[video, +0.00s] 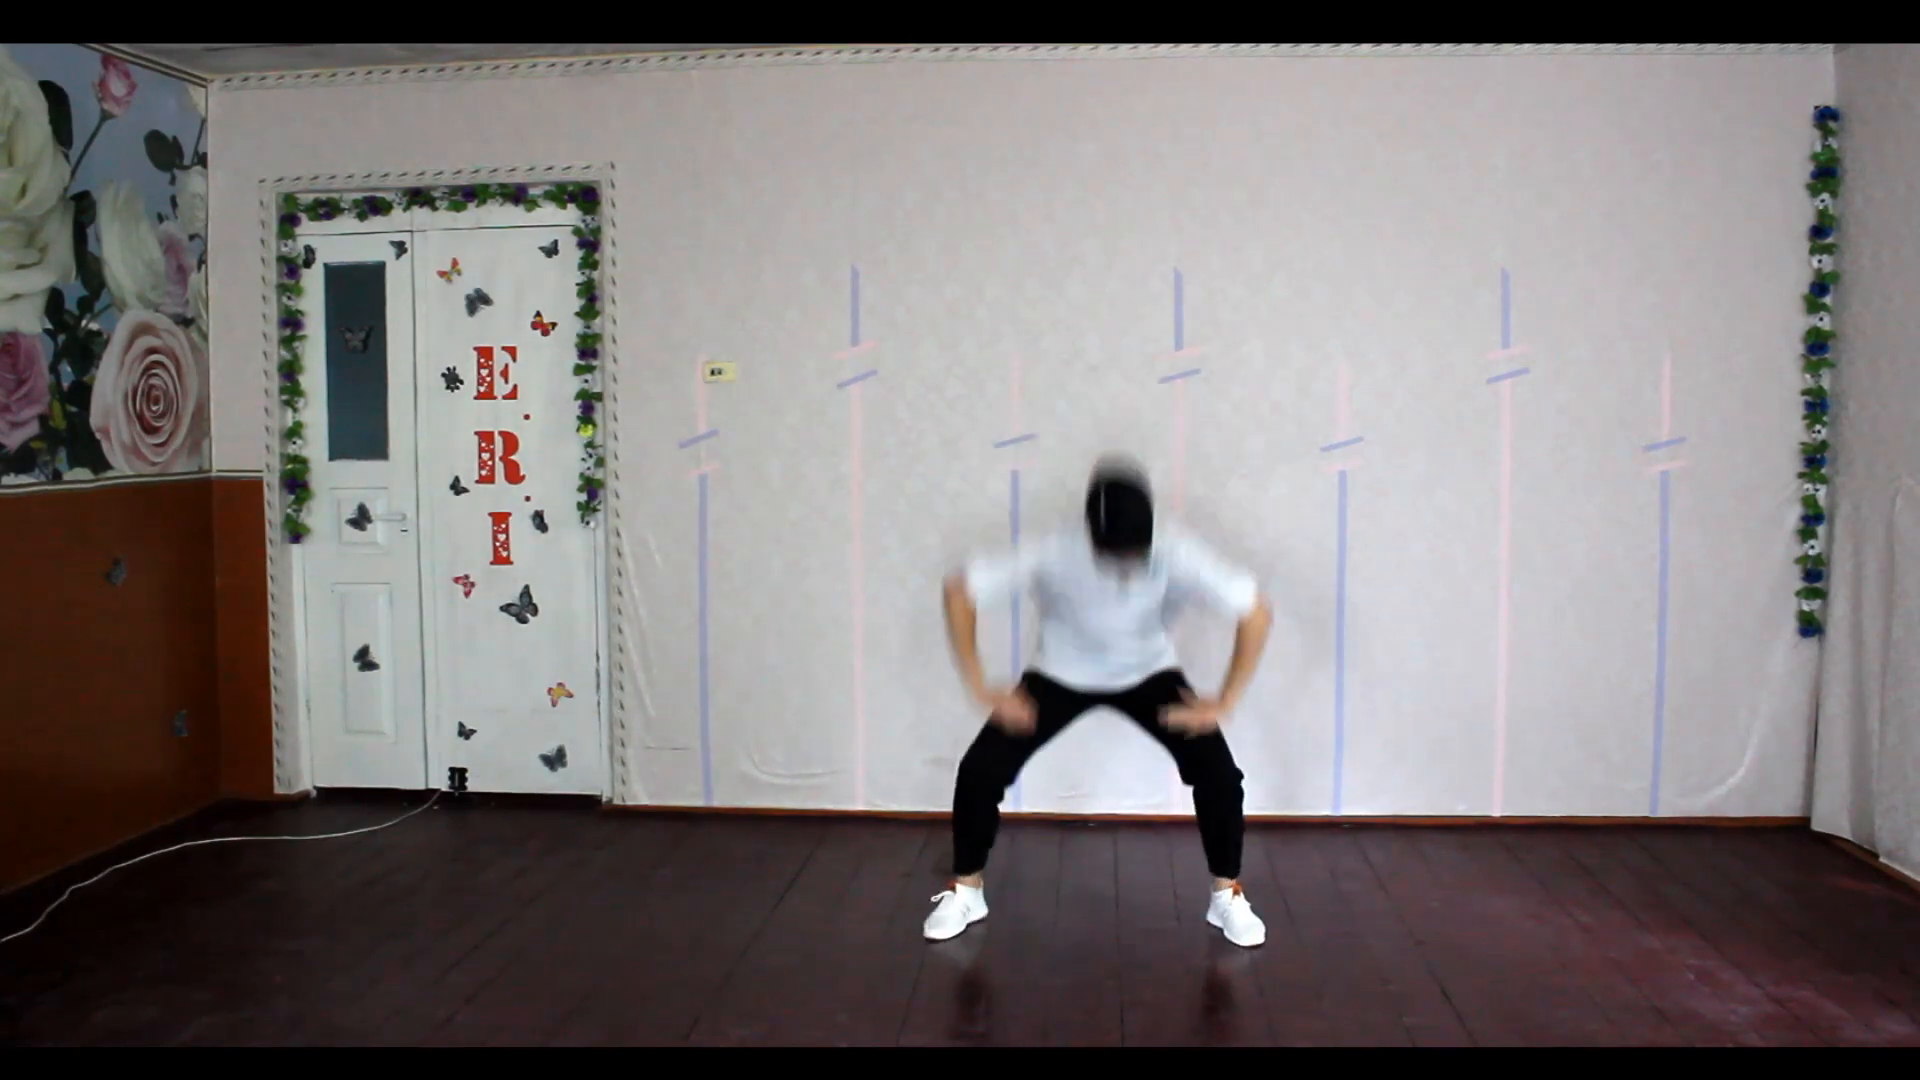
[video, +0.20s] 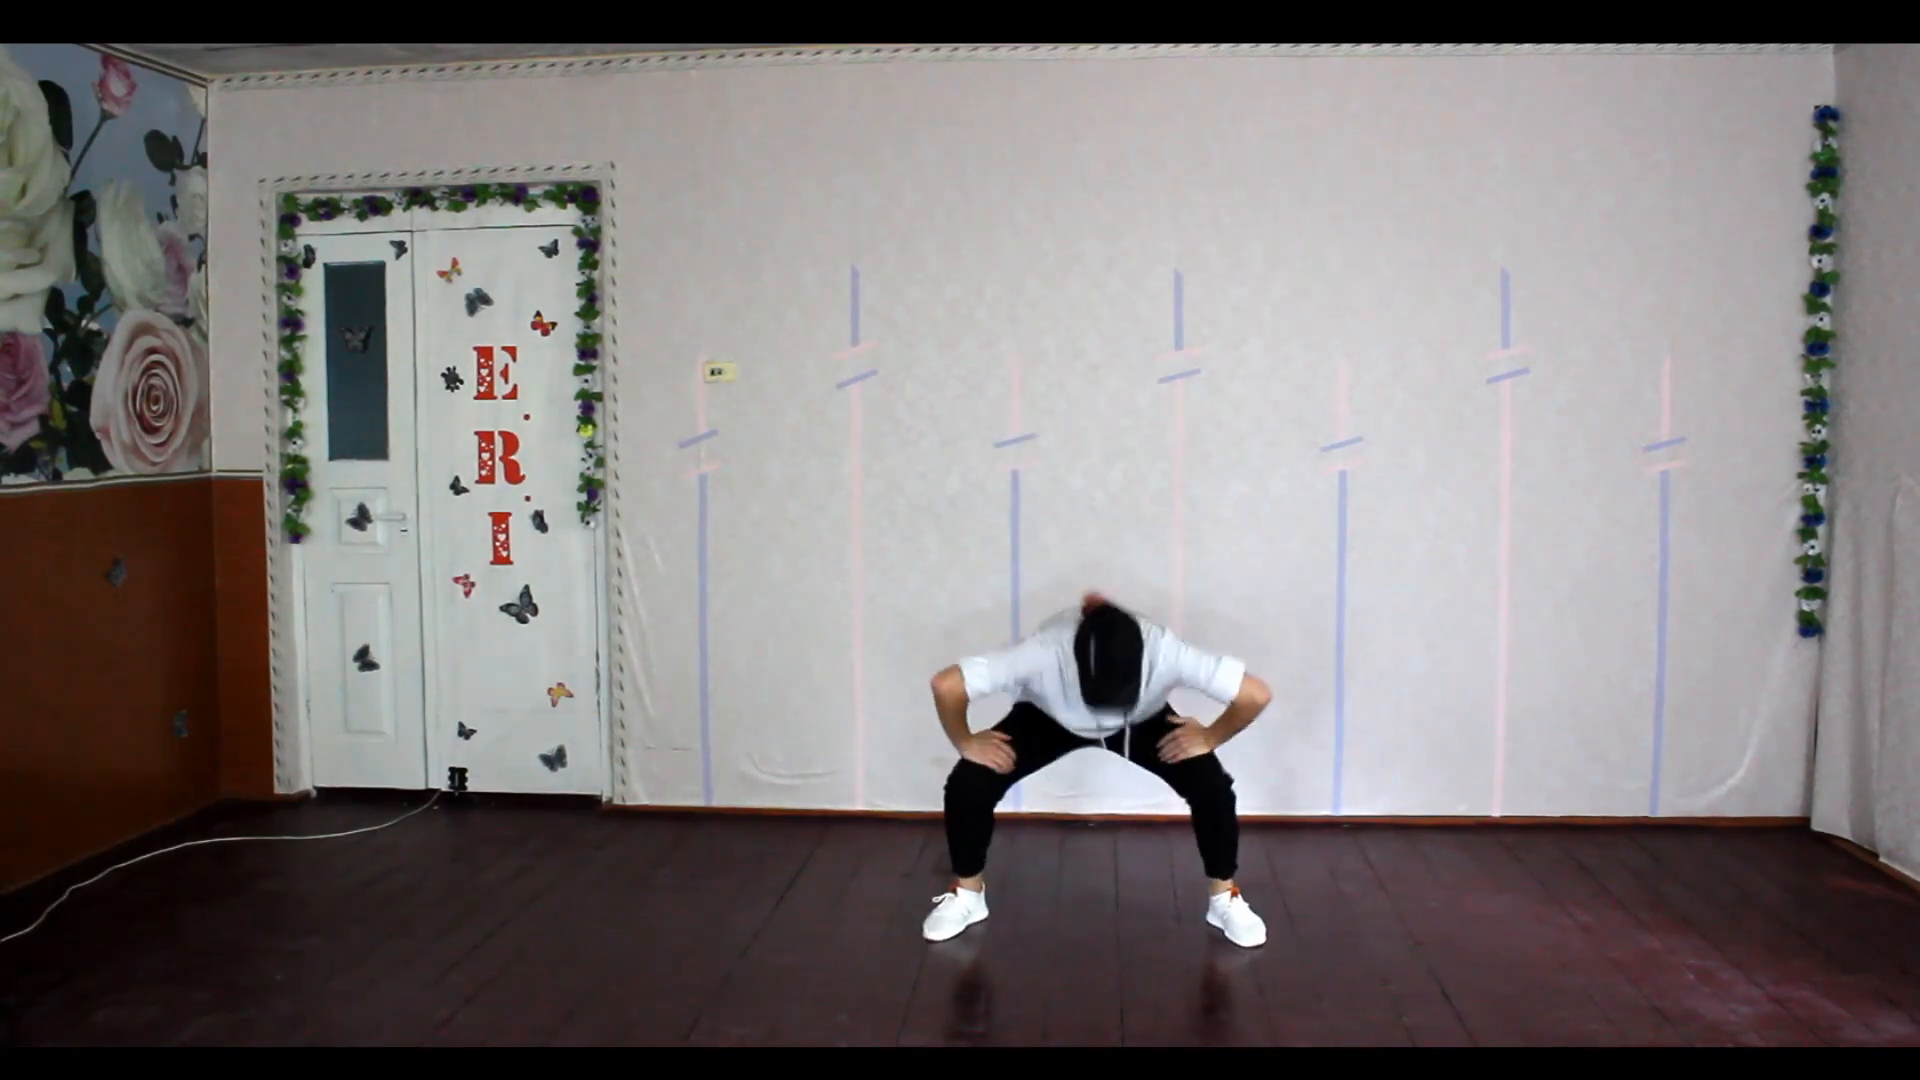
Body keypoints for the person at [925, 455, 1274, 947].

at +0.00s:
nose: (1125, 561)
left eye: (1134, 552)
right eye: (1114, 552)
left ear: (1149, 532)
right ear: (1091, 532)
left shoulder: (1173, 553)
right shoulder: (1054, 553)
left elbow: (1256, 611)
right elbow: (959, 591)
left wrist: (1222, 704)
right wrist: (981, 690)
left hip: (1147, 679)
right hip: (1059, 680)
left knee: (1219, 774)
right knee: (978, 772)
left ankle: (1227, 894)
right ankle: (966, 890)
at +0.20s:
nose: (1108, 710)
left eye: (1120, 703)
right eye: (1096, 702)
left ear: (1143, 663)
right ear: (1076, 663)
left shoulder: (1165, 652)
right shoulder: (1041, 653)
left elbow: (1256, 694)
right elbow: (946, 686)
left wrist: (1212, 736)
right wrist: (964, 740)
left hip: (1139, 721)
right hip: (1052, 718)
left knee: (1213, 788)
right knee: (968, 785)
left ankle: (1224, 897)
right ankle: (967, 892)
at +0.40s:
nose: (1093, 457)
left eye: (1102, 445)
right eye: (1082, 446)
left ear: (1118, 437)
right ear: (1065, 438)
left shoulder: (1145, 476)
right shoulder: (1031, 483)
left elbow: (1163, 578)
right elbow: (1000, 587)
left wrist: (1171, 668)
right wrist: (976, 684)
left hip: (1130, 646)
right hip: (1046, 643)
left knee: (1188, 762)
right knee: (978, 753)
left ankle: (1223, 890)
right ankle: (970, 889)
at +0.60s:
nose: (1088, 311)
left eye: (1098, 299)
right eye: (1077, 300)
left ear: (1118, 284)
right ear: (1059, 287)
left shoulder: (1151, 342)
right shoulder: (1037, 336)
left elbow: (1129, 452)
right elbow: (1015, 444)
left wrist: (1094, 551)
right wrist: (993, 541)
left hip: (1128, 527)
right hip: (1043, 525)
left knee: (1165, 674)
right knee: (1029, 668)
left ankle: (1213, 822)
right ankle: (1017, 794)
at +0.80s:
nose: (1091, 329)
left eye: (1101, 316)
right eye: (1078, 318)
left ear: (1119, 301)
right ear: (1061, 305)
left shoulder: (1150, 353)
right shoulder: (1037, 350)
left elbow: (1146, 470)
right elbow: (1019, 462)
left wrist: (1109, 570)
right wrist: (1003, 560)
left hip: (1127, 543)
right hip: (1047, 541)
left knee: (1143, 686)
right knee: (1053, 677)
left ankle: (1177, 838)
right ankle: (1070, 797)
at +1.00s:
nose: (1051, 567)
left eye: (1059, 557)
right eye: (1040, 558)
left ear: (1083, 532)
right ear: (1024, 538)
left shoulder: (1121, 552)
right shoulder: (1025, 574)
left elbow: (1183, 640)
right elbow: (996, 684)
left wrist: (1121, 734)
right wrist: (969, 794)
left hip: (1141, 715)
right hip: (1076, 716)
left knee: (1094, 804)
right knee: (1030, 836)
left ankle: (1130, 951)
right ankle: (1124, 866)